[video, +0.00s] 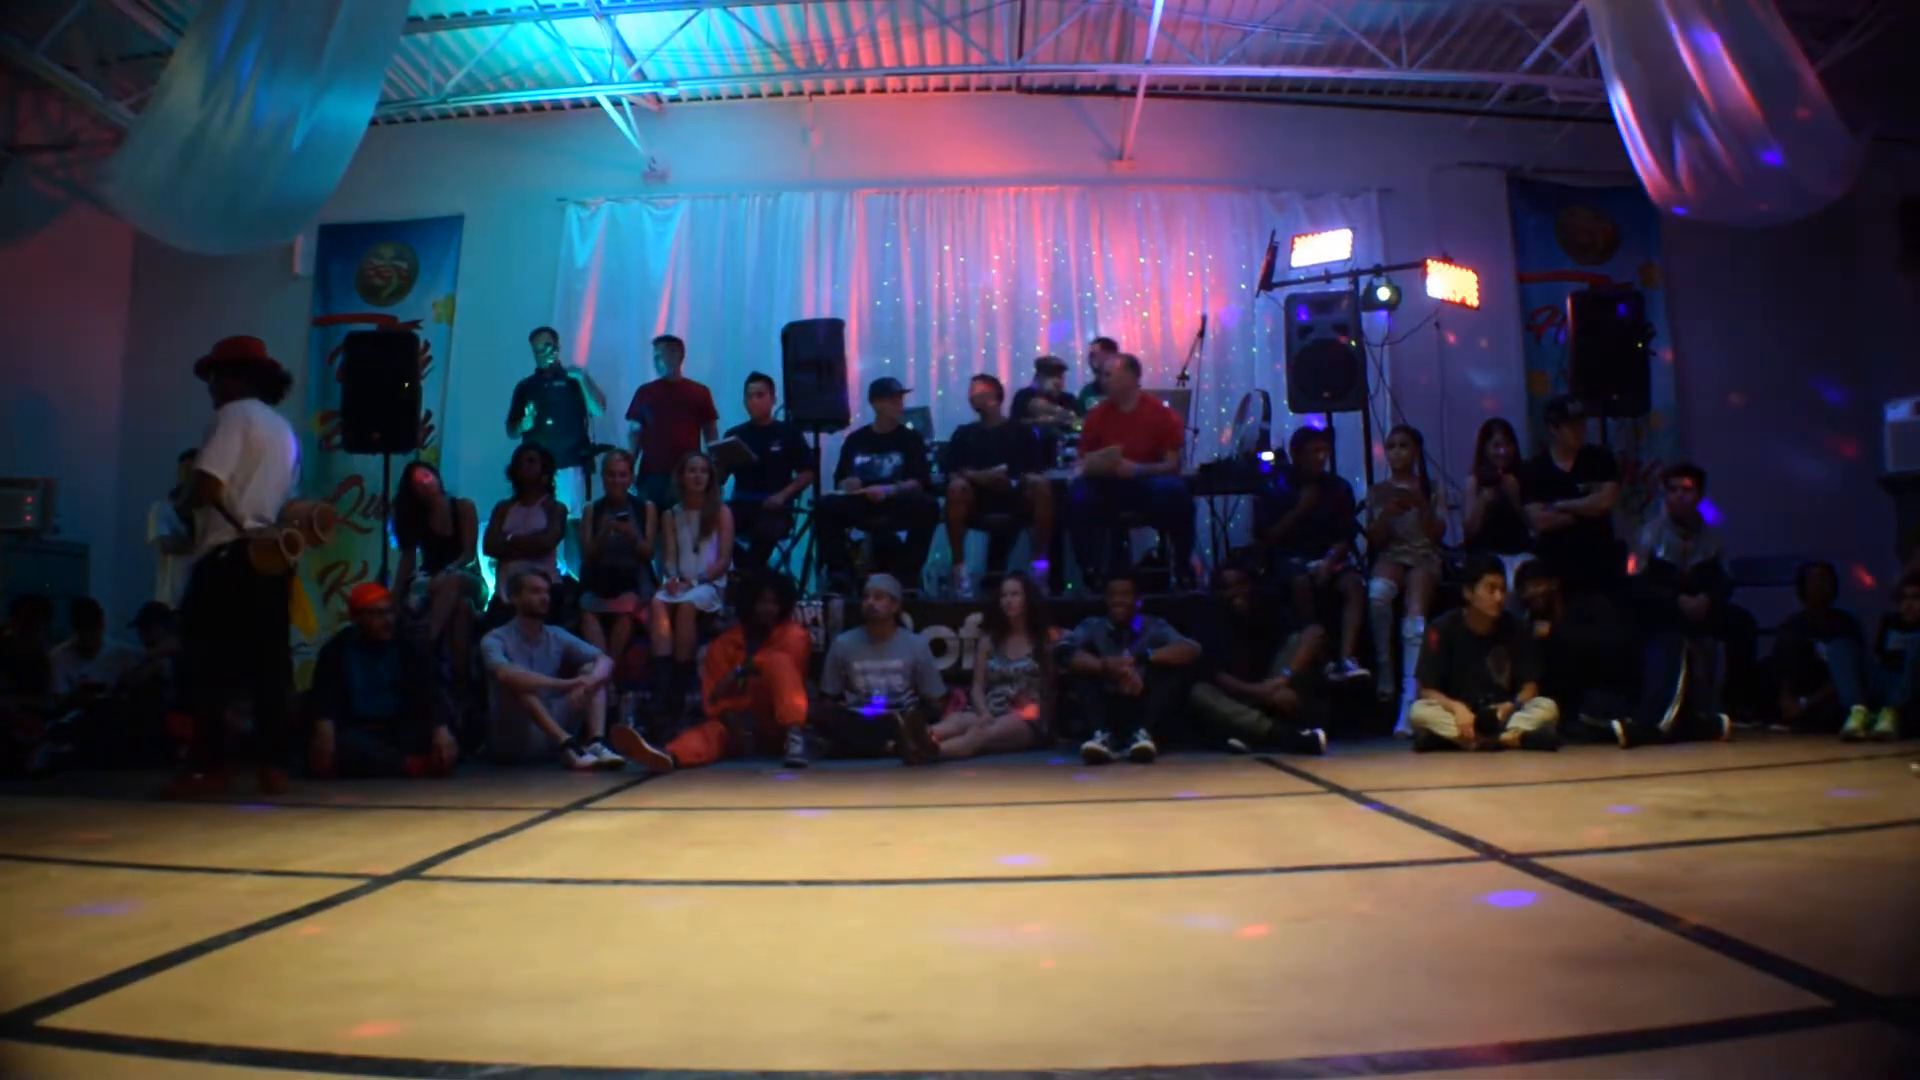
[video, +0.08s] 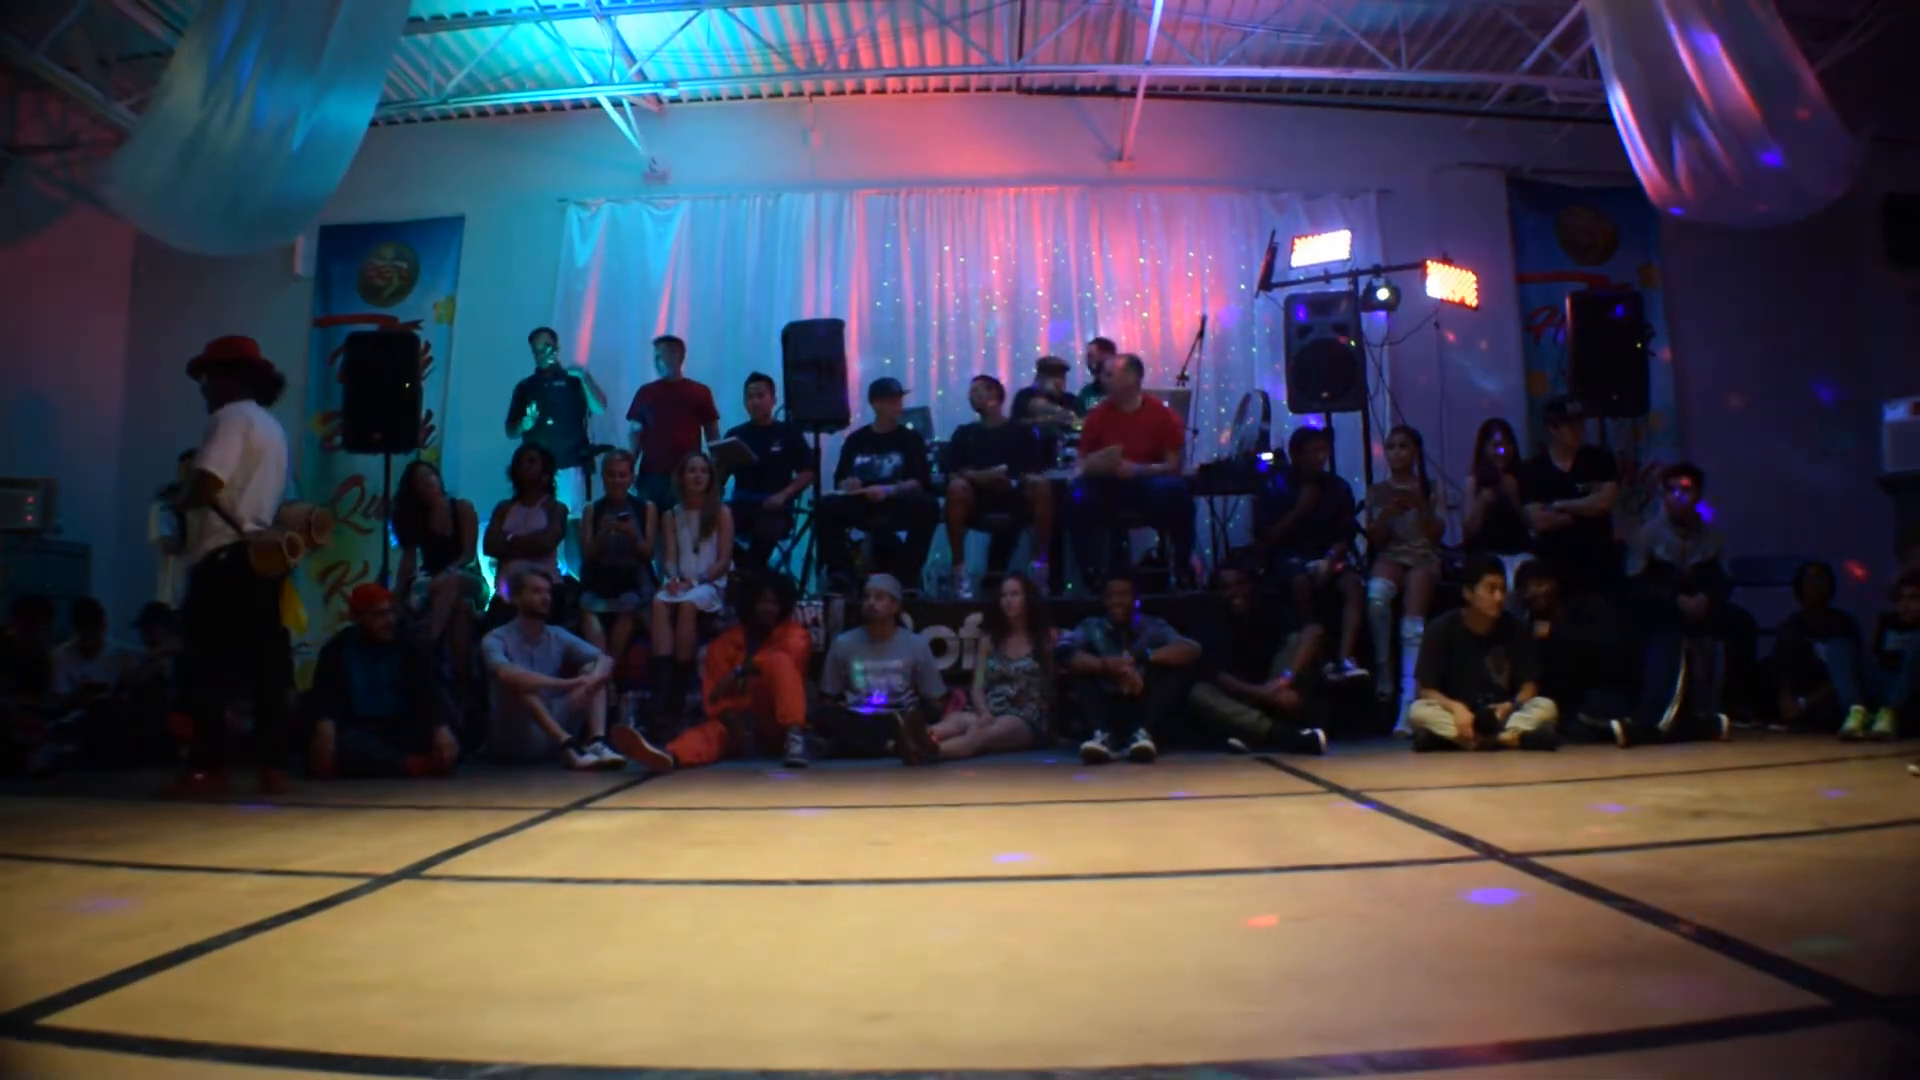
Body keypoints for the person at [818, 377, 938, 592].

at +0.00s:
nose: (900, 405)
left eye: (901, 400)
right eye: (893, 400)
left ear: (902, 401)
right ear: (876, 404)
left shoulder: (911, 439)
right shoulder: (855, 440)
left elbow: (921, 482)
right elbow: (840, 481)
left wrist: (888, 491)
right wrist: (849, 484)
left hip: (898, 502)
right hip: (861, 502)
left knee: (927, 508)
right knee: (826, 507)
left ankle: (908, 579)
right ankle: (839, 576)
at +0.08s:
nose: (898, 407)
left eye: (899, 401)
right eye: (892, 401)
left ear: (901, 402)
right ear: (876, 404)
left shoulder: (912, 439)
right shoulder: (855, 440)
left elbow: (921, 481)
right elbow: (840, 480)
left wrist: (888, 491)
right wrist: (850, 484)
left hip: (899, 502)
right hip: (861, 502)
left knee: (927, 508)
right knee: (827, 507)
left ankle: (908, 579)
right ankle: (840, 576)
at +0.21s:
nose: (891, 408)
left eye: (894, 402)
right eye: (885, 402)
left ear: (899, 404)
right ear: (873, 405)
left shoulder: (912, 440)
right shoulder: (856, 441)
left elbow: (921, 481)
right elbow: (841, 481)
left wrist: (888, 491)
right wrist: (853, 486)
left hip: (899, 502)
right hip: (862, 502)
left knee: (927, 507)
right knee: (827, 508)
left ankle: (908, 578)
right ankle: (840, 576)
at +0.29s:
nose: (890, 408)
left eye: (894, 402)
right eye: (884, 403)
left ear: (899, 405)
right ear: (873, 405)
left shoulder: (912, 440)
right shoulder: (856, 441)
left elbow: (921, 481)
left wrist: (889, 491)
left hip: (899, 502)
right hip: (863, 502)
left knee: (927, 508)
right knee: (827, 508)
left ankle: (908, 578)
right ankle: (840, 576)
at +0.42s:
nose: (886, 409)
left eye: (890, 403)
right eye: (880, 403)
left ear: (898, 405)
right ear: (871, 406)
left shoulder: (911, 440)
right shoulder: (855, 441)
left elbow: (921, 481)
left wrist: (888, 490)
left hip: (900, 501)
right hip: (863, 502)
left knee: (927, 508)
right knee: (827, 507)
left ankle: (907, 579)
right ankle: (839, 576)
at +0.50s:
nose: (885, 410)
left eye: (889, 404)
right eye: (879, 404)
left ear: (898, 406)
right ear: (871, 407)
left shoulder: (911, 440)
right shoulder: (855, 441)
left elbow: (921, 481)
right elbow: (844, 478)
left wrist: (888, 490)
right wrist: (853, 490)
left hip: (899, 501)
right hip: (862, 502)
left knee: (927, 508)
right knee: (827, 507)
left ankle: (908, 578)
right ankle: (839, 576)